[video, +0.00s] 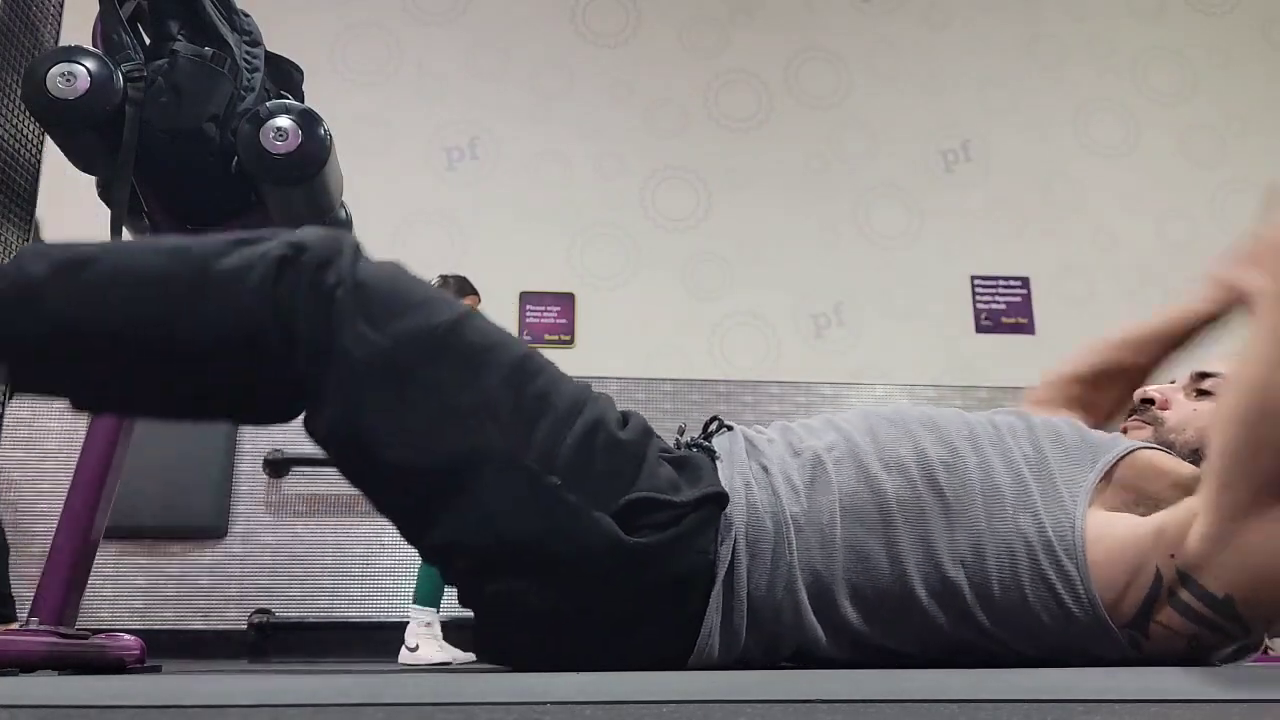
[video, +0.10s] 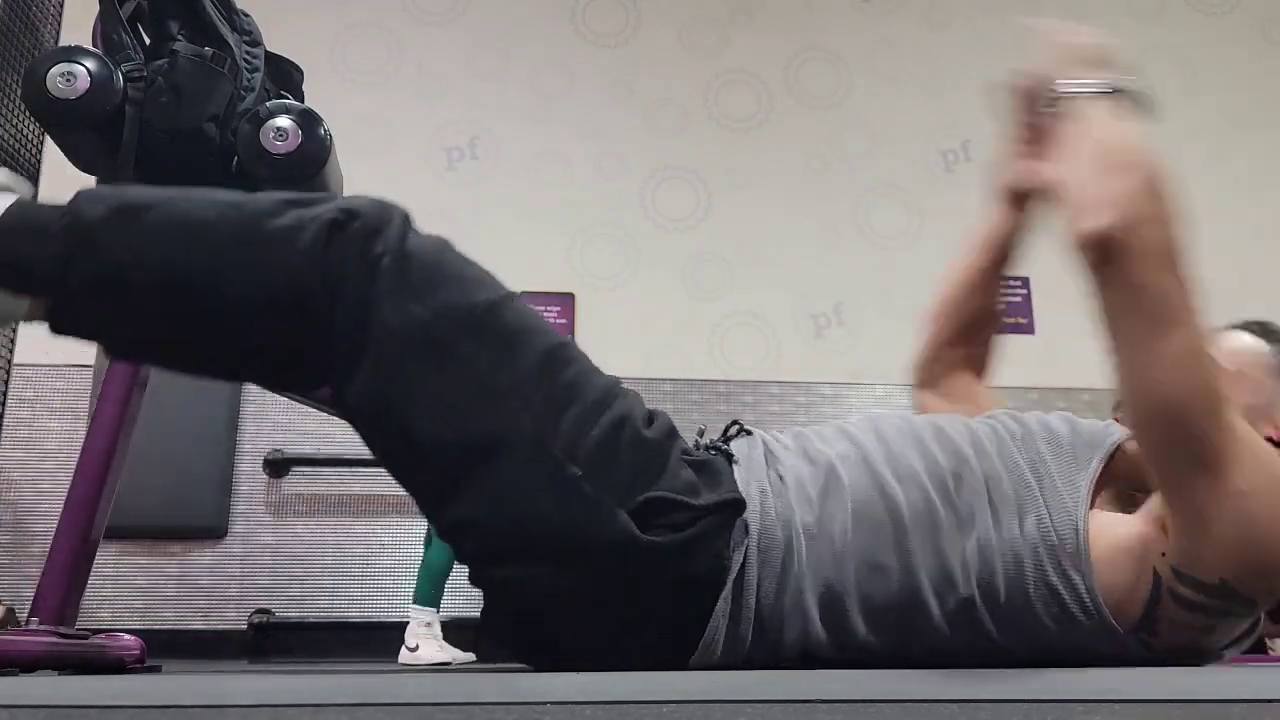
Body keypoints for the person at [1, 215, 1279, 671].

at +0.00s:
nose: (1182, 395)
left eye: (1214, 390)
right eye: (1188, 378)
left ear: (1244, 449)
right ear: (1171, 411)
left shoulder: (1190, 568)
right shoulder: (1091, 463)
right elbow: (1075, 384)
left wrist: (1244, 310)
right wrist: (1222, 294)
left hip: (671, 552)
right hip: (657, 484)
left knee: (324, 289)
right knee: (322, 296)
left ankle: (3, 303)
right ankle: (12, 311)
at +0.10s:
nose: (1222, 371)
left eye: (1252, 374)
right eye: (1237, 355)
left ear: (1265, 440)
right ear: (1205, 390)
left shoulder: (1215, 542)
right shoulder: (1087, 488)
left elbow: (1132, 248)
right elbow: (947, 391)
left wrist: (1115, 169)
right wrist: (1016, 209)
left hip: (683, 564)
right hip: (674, 508)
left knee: (365, 268)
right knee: (373, 287)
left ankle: (14, 237)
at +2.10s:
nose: (1198, 407)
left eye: (1227, 420)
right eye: (1203, 400)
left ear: (1233, 482)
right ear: (1167, 433)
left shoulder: (1168, 568)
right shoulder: (1107, 494)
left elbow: (1276, 461)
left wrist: (1237, 435)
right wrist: (1213, 437)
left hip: (652, 546)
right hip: (648, 483)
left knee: (225, 404)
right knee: (262, 395)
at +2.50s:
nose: (1086, 340)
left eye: (1129, 329)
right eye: (1100, 321)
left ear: (1224, 382)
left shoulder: (1195, 487)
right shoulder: (1040, 469)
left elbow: (951, 274)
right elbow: (833, 369)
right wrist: (738, 201)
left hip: (686, 561)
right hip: (669, 522)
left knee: (368, 265)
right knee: (381, 285)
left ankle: (23, 230)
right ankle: (68, 235)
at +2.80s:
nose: (868, 221)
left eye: (898, 195)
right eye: (871, 199)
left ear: (1005, 191)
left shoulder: (1049, 302)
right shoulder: (886, 364)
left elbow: (743, 219)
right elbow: (655, 330)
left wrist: (525, 129)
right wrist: (460, 222)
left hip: (695, 554)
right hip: (661, 545)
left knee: (408, 225)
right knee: (403, 250)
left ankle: (61, 170)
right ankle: (87, 181)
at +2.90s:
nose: (811, 191)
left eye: (838, 160)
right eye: (812, 171)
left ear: (943, 149)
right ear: (918, 164)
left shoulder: (995, 252)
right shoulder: (855, 335)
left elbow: (680, 173)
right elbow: (630, 301)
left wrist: (465, 96)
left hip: (678, 558)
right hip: (638, 572)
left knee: (431, 206)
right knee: (428, 214)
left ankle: (71, 144)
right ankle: (92, 164)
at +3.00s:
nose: (761, 161)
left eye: (789, 131)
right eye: (765, 142)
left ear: (891, 113)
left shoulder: (936, 210)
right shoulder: (845, 318)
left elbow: (634, 147)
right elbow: (606, 286)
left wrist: (411, 78)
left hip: (660, 565)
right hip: (622, 592)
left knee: (460, 191)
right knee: (461, 195)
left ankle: (102, 111)